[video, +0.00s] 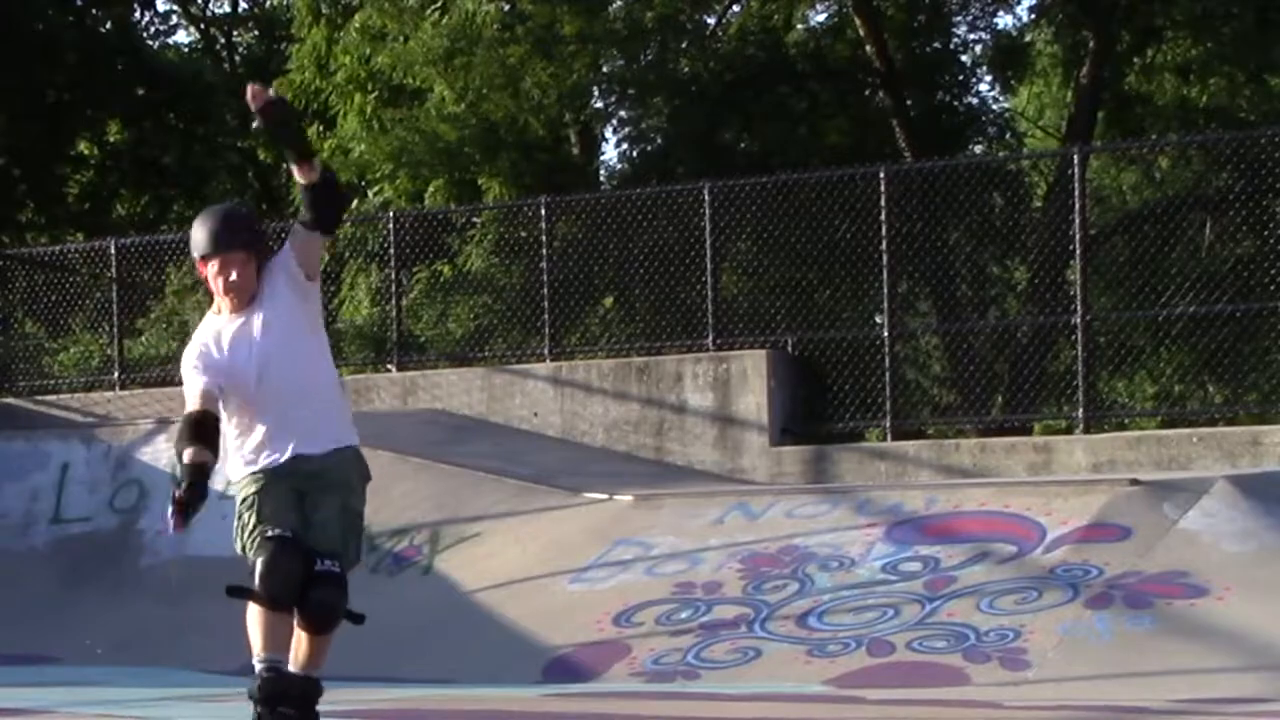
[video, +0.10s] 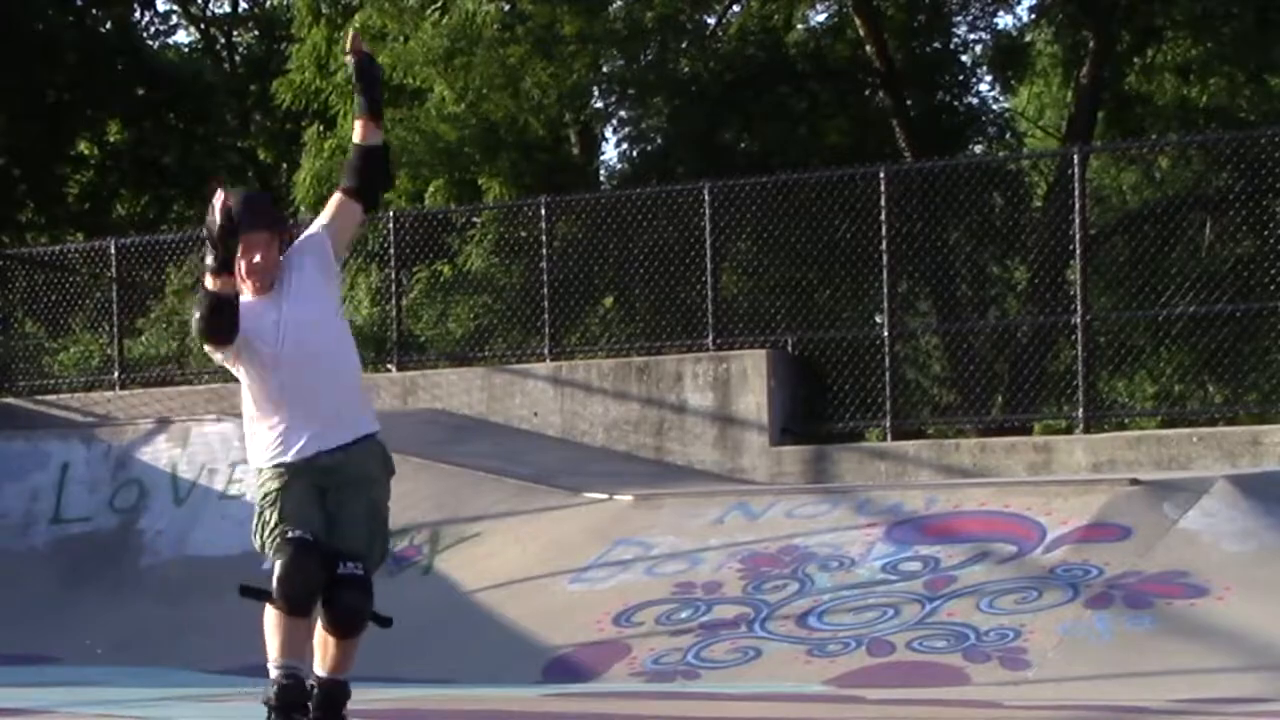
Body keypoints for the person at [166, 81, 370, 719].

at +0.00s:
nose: (226, 273)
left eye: (235, 259)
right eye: (214, 264)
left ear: (259, 254)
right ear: (201, 270)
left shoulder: (292, 279)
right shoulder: (204, 347)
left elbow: (324, 204)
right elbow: (201, 425)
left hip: (332, 456)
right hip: (262, 468)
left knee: (326, 591)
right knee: (279, 568)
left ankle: (300, 697)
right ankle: (270, 689)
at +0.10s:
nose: (257, 261)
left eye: (266, 248)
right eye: (247, 252)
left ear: (285, 241)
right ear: (232, 255)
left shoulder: (315, 254)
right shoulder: (227, 307)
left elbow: (365, 180)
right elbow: (215, 335)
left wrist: (368, 97)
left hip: (357, 450)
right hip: (284, 461)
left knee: (351, 592)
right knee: (299, 569)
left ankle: (329, 706)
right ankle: (286, 700)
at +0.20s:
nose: (282, 236)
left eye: (293, 222)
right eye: (271, 225)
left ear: (315, 216)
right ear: (253, 224)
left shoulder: (346, 246)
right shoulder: (246, 281)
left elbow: (409, 184)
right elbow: (229, 235)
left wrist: (429, 98)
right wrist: (240, 147)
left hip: (372, 440)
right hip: (297, 452)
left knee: (375, 591)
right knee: (322, 572)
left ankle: (353, 707)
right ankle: (310, 703)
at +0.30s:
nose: (325, 212)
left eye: (337, 199)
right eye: (313, 199)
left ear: (356, 198)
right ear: (292, 201)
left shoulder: (382, 239)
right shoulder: (278, 259)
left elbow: (456, 200)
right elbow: (260, 192)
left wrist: (497, 121)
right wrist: (277, 110)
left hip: (388, 438)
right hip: (313, 442)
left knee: (392, 587)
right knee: (345, 573)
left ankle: (376, 704)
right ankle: (335, 701)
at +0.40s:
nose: (372, 202)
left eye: (382, 189)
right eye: (360, 187)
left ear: (393, 190)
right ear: (328, 184)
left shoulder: (413, 235)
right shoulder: (306, 248)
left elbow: (488, 206)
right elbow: (286, 170)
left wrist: (534, 130)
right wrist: (315, 92)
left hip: (407, 438)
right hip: (331, 441)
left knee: (415, 587)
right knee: (369, 579)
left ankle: (401, 706)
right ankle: (362, 706)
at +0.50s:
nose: (406, 190)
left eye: (418, 177)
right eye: (395, 175)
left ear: (429, 180)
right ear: (362, 172)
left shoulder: (448, 227)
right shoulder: (337, 237)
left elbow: (527, 194)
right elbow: (324, 154)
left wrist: (571, 114)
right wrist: (364, 72)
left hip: (437, 434)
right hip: (358, 435)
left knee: (445, 584)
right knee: (395, 578)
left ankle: (430, 702)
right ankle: (391, 704)